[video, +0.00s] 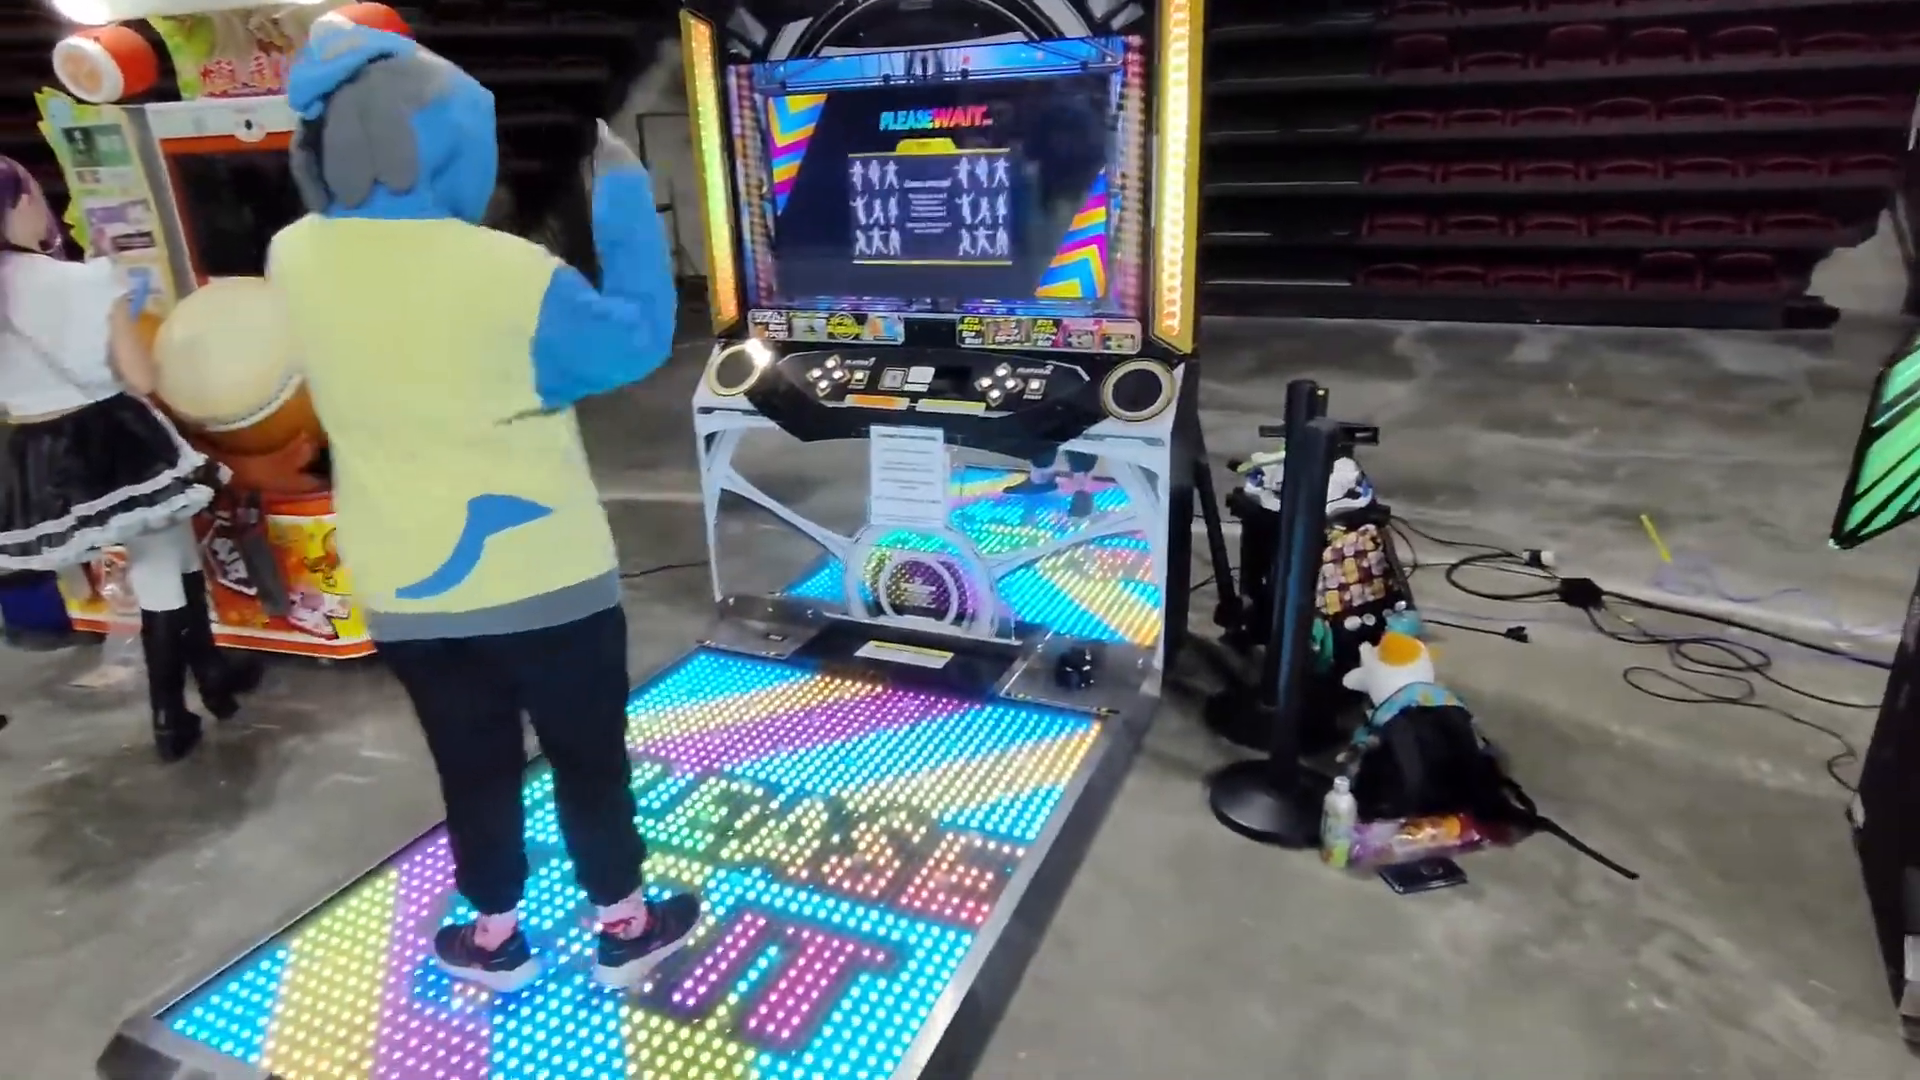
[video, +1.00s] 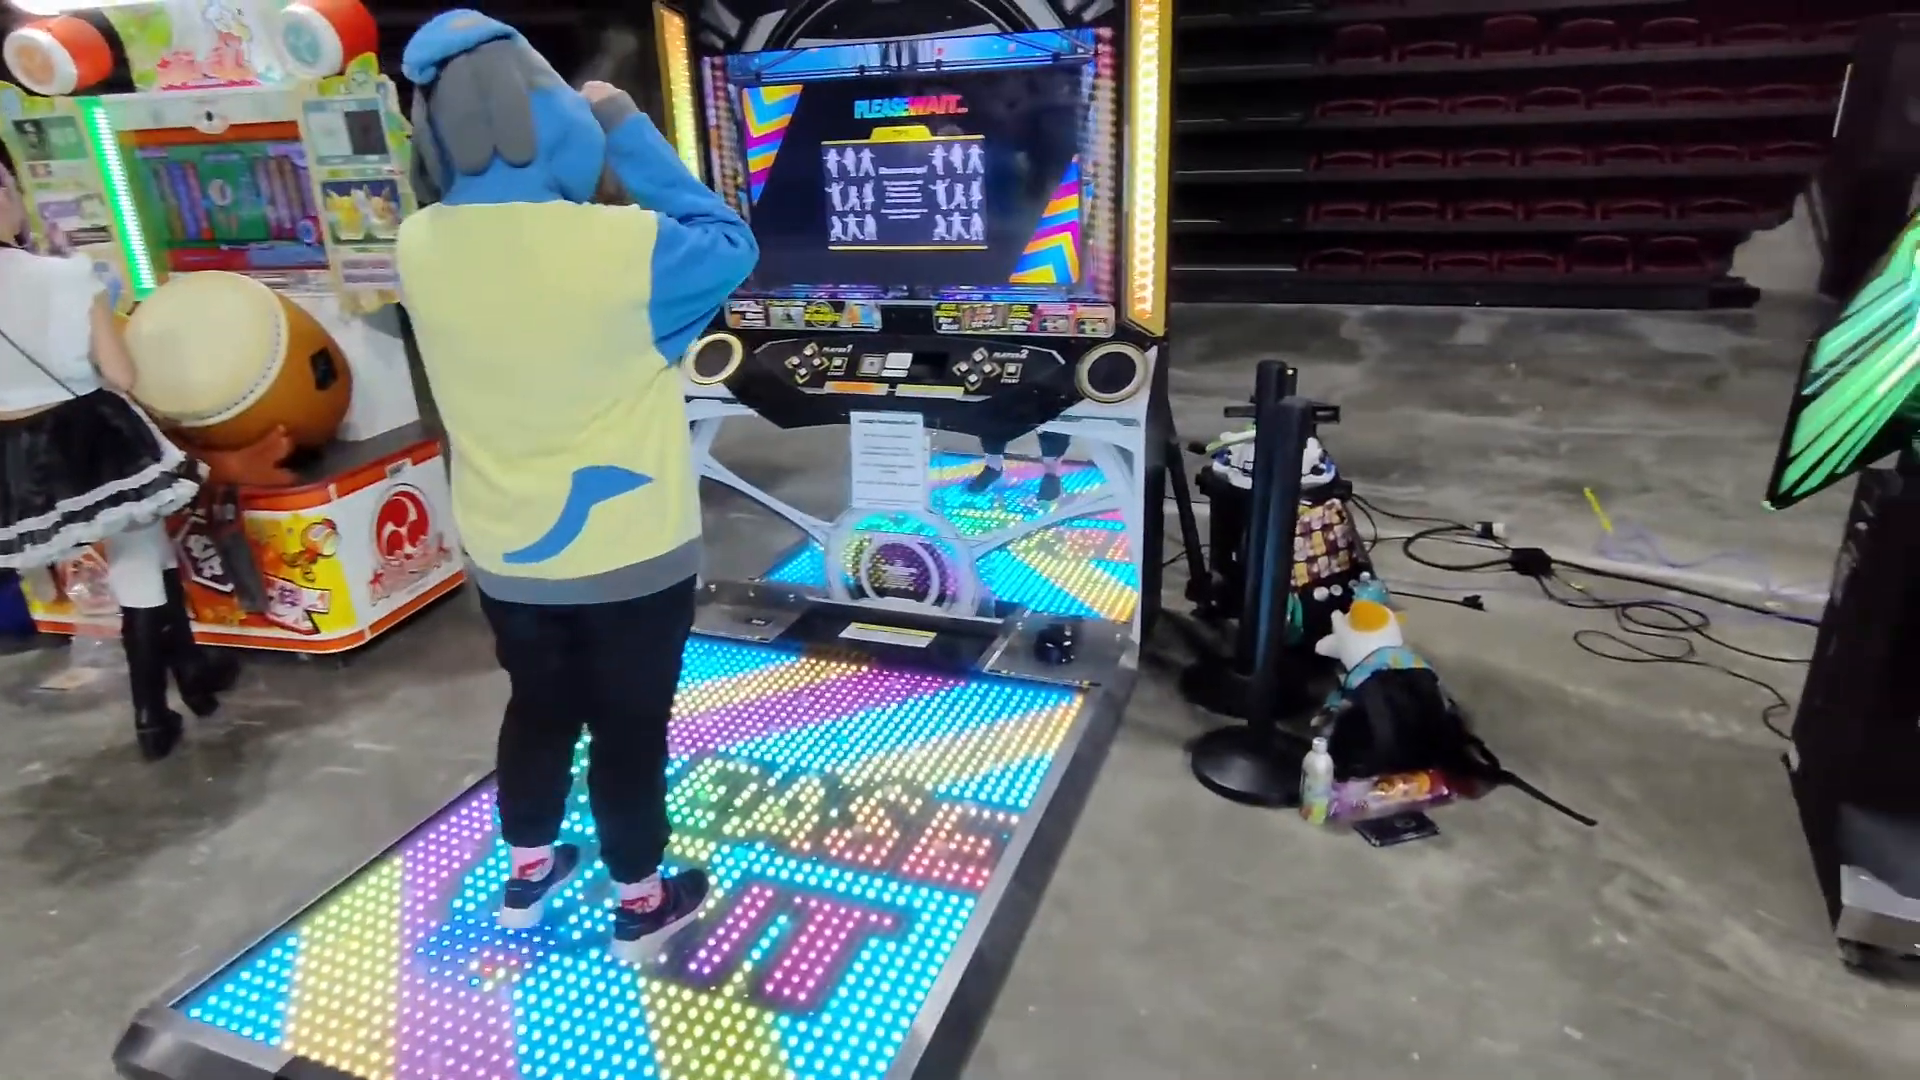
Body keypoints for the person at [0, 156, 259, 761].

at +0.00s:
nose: (46, 211)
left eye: (41, 199)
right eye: (38, 199)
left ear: (3, 211)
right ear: (15, 206)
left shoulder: (5, 283)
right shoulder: (84, 281)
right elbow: (139, 377)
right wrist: (125, 317)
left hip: (35, 450)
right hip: (108, 441)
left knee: (170, 539)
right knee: (159, 564)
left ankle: (212, 671)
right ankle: (170, 718)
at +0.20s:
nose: (55, 201)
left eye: (49, 191)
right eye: (47, 192)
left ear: (3, 208)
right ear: (28, 199)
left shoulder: (4, 282)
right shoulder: (97, 273)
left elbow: (11, 388)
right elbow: (147, 371)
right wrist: (132, 310)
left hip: (48, 446)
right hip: (122, 435)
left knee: (175, 529)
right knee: (164, 559)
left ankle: (218, 659)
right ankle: (176, 707)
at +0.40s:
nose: (64, 197)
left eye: (58, 187)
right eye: (55, 188)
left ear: (10, 206)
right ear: (32, 198)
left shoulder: (5, 283)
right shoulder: (105, 270)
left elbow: (9, 389)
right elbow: (155, 367)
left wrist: (54, 389)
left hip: (60, 441)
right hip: (131, 428)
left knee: (182, 533)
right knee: (172, 555)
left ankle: (229, 655)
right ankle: (187, 704)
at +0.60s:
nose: (59, 198)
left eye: (53, 188)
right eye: (52, 188)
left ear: (7, 203)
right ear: (30, 195)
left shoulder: (3, 284)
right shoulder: (100, 269)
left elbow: (7, 390)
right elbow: (152, 366)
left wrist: (53, 388)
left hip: (58, 442)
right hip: (129, 429)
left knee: (176, 538)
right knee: (170, 554)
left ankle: (229, 659)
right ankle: (186, 704)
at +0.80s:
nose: (35, 203)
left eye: (29, 190)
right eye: (29, 191)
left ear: (3, 197)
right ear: (10, 196)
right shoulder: (80, 276)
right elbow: (134, 374)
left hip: (22, 456)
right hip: (102, 444)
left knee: (157, 533)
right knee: (152, 554)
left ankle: (210, 666)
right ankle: (167, 711)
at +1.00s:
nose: (16, 199)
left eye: (12, 185)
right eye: (11, 186)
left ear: (3, 194)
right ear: (2, 198)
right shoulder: (64, 279)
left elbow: (116, 372)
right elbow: (121, 378)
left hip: (14, 465)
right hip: (88, 452)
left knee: (139, 536)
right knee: (136, 551)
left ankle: (194, 672)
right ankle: (151, 715)